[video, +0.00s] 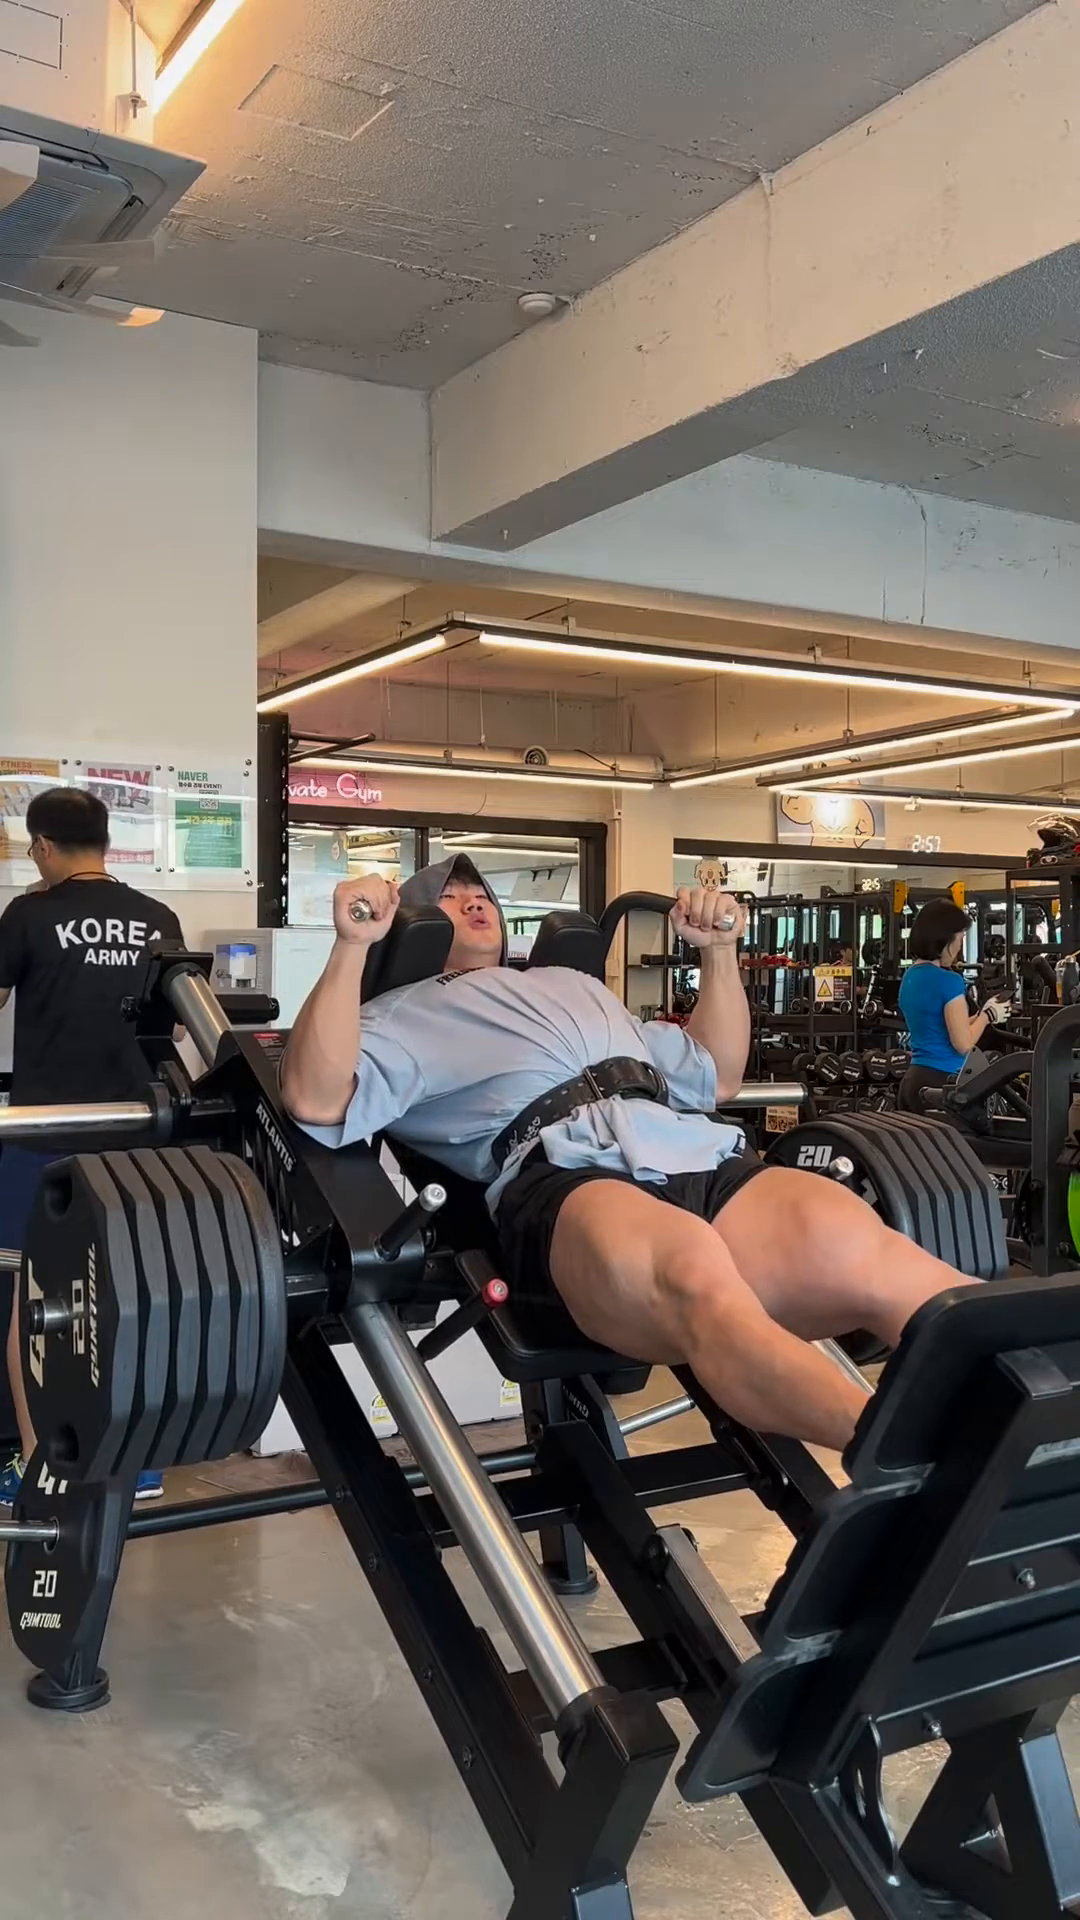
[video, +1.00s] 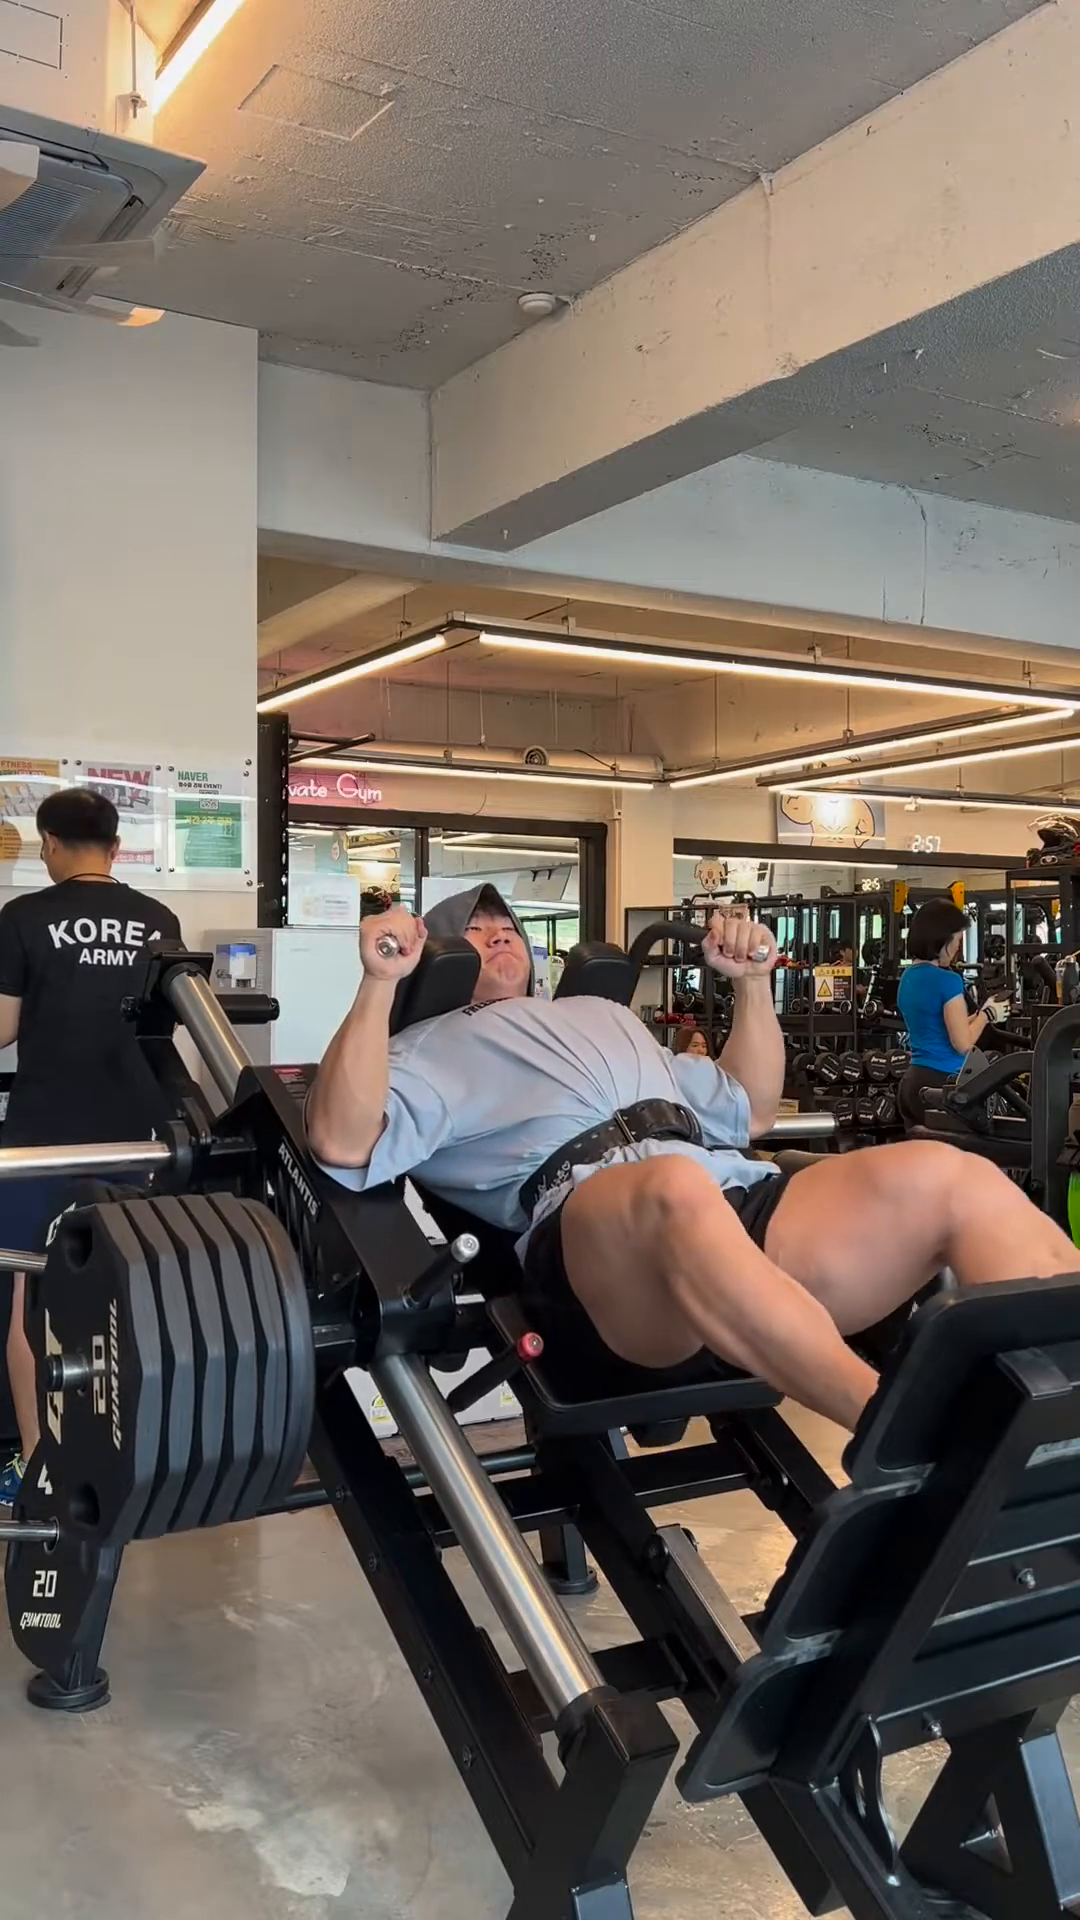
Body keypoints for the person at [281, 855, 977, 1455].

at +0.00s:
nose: (477, 902)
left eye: (484, 895)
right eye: (453, 894)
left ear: (502, 921)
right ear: (413, 928)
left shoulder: (575, 987)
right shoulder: (403, 1015)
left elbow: (711, 1073)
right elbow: (315, 1100)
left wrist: (718, 955)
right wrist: (350, 949)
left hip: (697, 1162)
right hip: (560, 1183)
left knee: (844, 1236)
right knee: (692, 1279)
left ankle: (1052, 1370)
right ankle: (896, 1448)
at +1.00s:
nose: (498, 938)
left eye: (507, 928)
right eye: (474, 935)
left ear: (530, 951)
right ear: (443, 974)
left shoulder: (606, 1021)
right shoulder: (433, 1053)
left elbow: (750, 1107)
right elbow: (342, 1142)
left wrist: (750, 982)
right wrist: (377, 987)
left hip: (745, 1217)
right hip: (590, 1266)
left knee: (950, 1177)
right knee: (672, 1190)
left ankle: (1076, 1383)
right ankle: (898, 1428)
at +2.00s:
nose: (578, 1027)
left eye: (585, 1015)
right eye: (550, 1018)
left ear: (605, 1042)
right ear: (504, 1054)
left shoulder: (687, 1127)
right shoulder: (501, 1162)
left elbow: (847, 1206)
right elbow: (413, 1267)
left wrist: (845, 1076)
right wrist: (460, 1091)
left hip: (861, 1358)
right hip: (711, 1426)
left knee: (1000, 1146)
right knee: (664, 1172)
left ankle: (1069, 1391)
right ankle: (882, 1407)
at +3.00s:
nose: (632, 1088)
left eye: (638, 1074)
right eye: (602, 1081)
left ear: (662, 1102)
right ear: (562, 1120)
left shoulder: (757, 1195)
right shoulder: (552, 1240)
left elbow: (901, 1261)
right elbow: (473, 1365)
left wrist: (922, 1151)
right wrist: (517, 1177)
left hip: (933, 1388)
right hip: (785, 1474)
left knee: (1005, 1146)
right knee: (658, 1187)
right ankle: (899, 1425)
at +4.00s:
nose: (628, 1081)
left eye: (633, 1065)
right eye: (597, 1074)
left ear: (657, 1093)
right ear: (554, 1113)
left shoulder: (745, 1188)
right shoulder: (551, 1237)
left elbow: (898, 1266)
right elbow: (469, 1358)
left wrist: (917, 1147)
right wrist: (515, 1171)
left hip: (925, 1381)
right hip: (785, 1474)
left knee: (1005, 1146)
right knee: (672, 1173)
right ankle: (894, 1415)